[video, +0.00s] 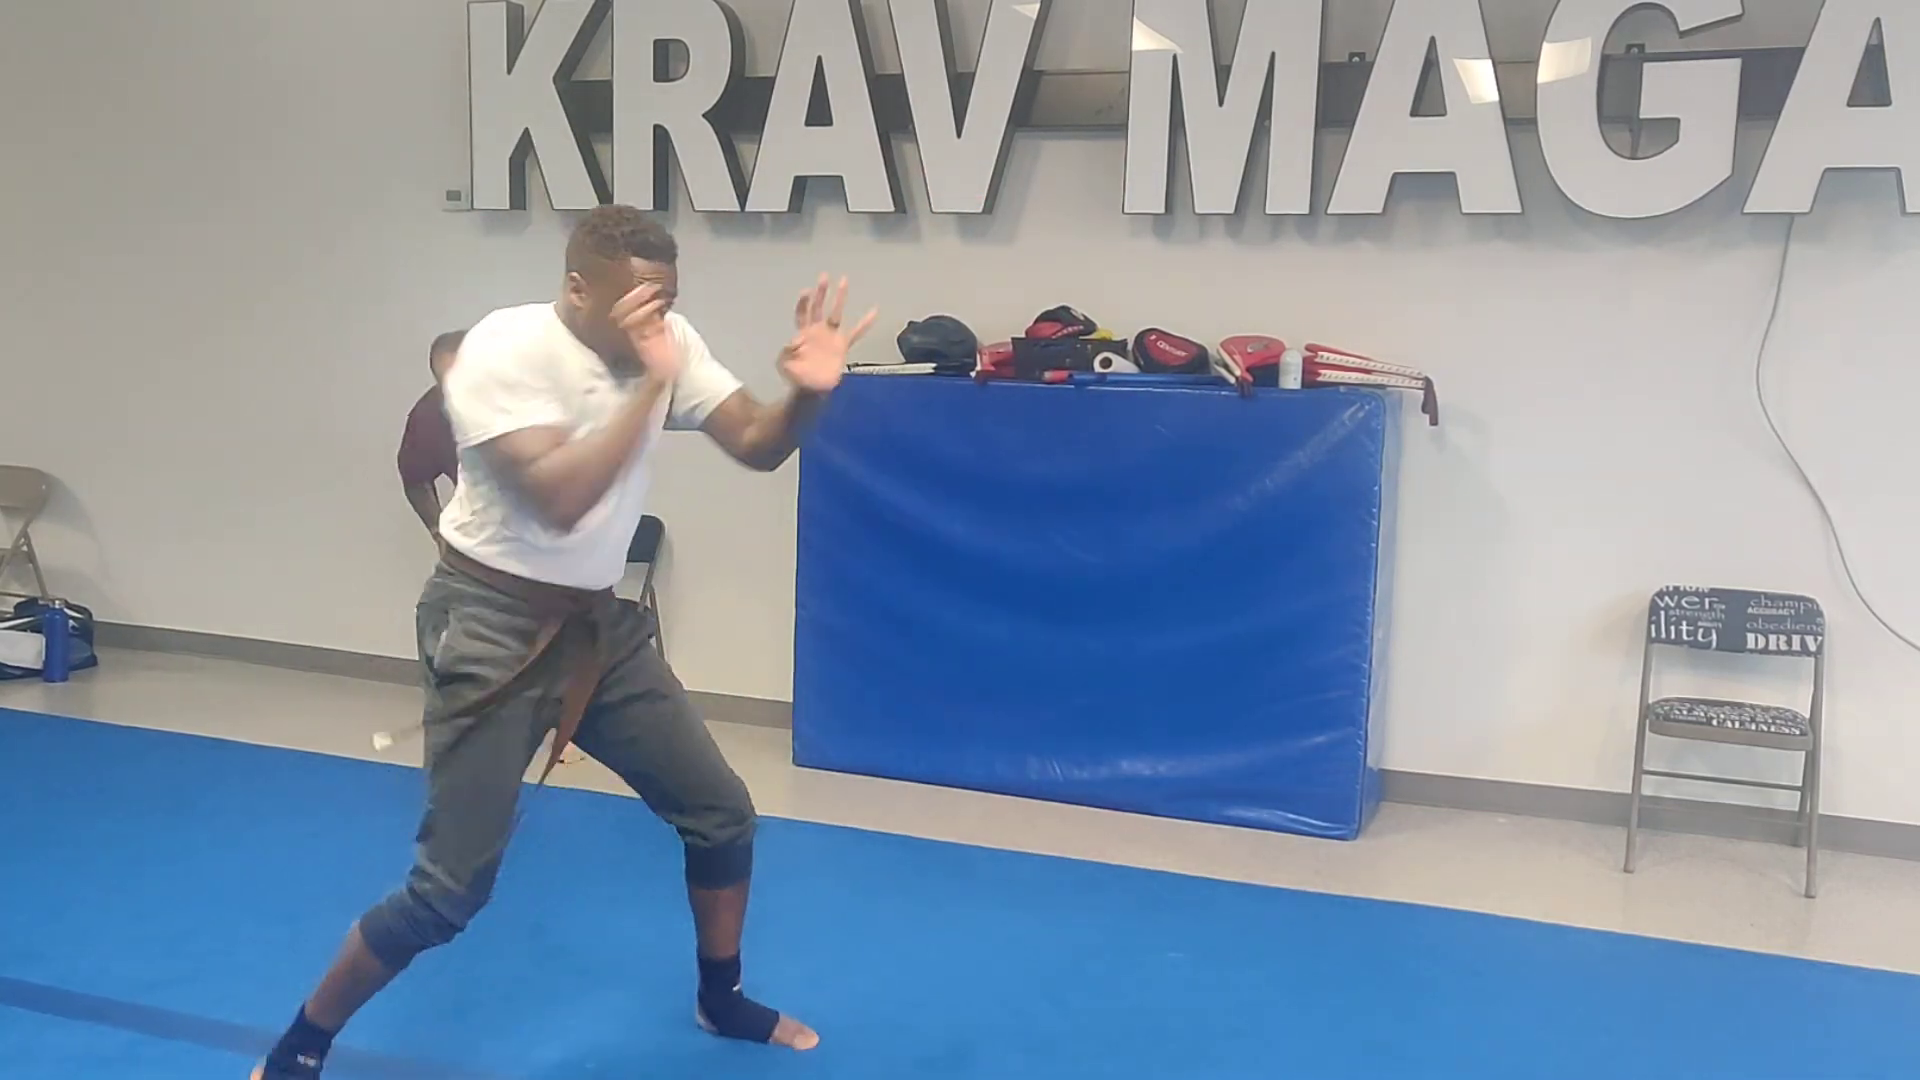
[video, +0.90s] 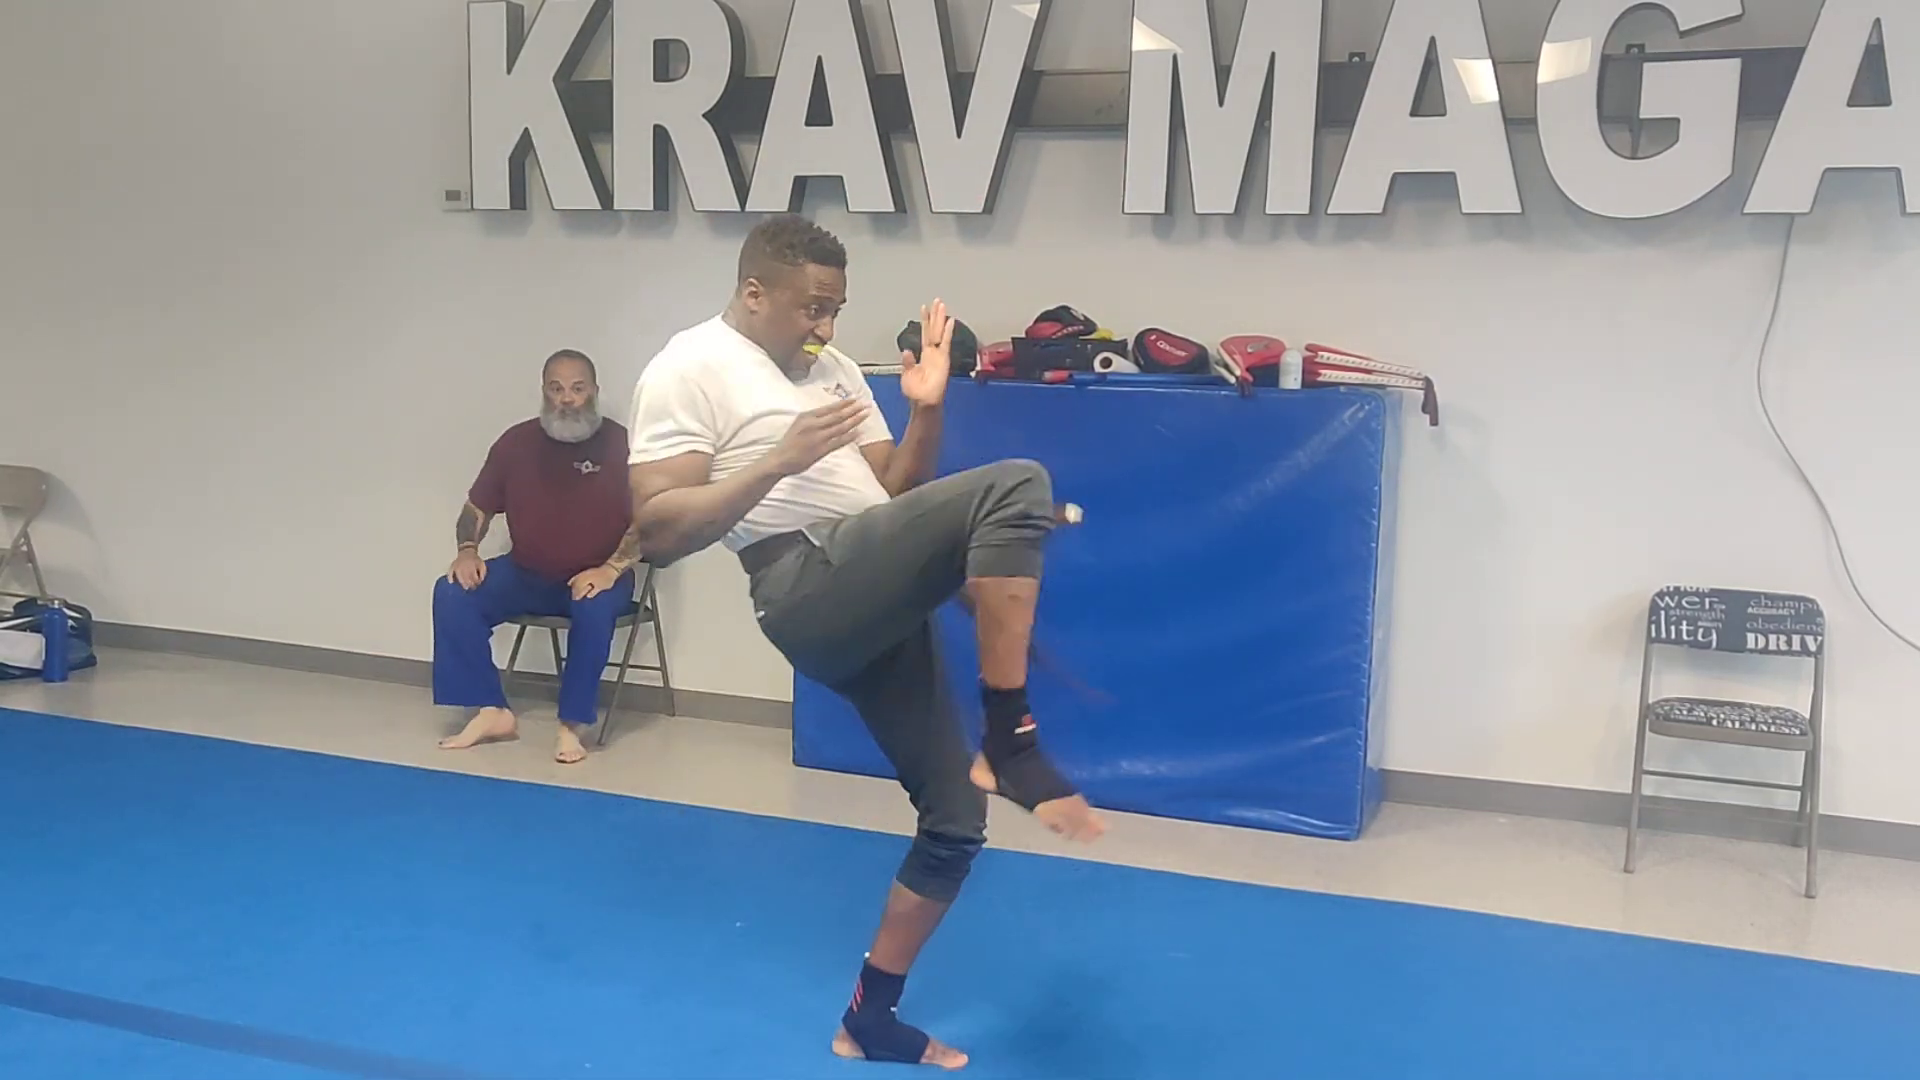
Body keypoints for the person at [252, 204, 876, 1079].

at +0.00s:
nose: (657, 313)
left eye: (665, 297)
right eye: (640, 297)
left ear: (667, 289)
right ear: (577, 289)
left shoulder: (665, 341)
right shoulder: (496, 354)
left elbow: (757, 444)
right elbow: (560, 494)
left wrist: (802, 396)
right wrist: (649, 387)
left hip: (597, 617)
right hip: (490, 618)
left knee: (721, 813)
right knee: (449, 892)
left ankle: (722, 997)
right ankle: (299, 1049)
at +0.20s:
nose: (687, 329)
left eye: (695, 313)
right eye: (674, 307)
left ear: (695, 307)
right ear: (611, 291)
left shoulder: (642, 390)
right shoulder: (560, 348)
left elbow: (691, 500)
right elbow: (710, 405)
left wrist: (761, 436)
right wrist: (844, 323)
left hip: (619, 633)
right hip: (522, 632)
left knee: (747, 803)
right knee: (454, 892)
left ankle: (725, 997)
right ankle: (283, 1041)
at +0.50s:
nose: (764, 409)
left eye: (767, 395)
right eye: (764, 387)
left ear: (737, 383)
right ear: (723, 362)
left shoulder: (713, 452)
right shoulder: (645, 399)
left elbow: (807, 502)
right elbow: (807, 382)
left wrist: (843, 382)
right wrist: (874, 334)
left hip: (649, 694)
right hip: (541, 691)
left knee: (809, 803)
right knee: (423, 930)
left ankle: (849, 1016)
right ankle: (235, 1039)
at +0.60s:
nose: (799, 372)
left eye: (803, 360)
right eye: (793, 352)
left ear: (780, 354)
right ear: (755, 328)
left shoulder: (764, 422)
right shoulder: (698, 365)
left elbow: (857, 468)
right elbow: (838, 337)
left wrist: (877, 357)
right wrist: (889, 317)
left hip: (716, 670)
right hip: (616, 656)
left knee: (864, 804)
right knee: (524, 913)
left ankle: (857, 1011)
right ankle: (297, 991)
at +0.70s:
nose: (818, 320)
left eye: (826, 308)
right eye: (808, 301)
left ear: (827, 309)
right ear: (754, 277)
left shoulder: (797, 372)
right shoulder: (697, 295)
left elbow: (860, 467)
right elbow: (732, 349)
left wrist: (905, 364)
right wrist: (861, 324)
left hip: (780, 607)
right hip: (692, 599)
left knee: (898, 801)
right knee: (759, 851)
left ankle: (862, 1010)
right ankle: (537, 906)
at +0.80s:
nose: (827, 326)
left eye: (837, 310)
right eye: (820, 303)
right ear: (762, 274)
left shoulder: (819, 372)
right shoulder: (671, 335)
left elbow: (851, 510)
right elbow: (608, 475)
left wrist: (889, 439)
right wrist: (736, 425)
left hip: (828, 575)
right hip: (762, 574)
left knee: (922, 806)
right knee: (967, 631)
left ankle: (867, 1014)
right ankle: (832, 820)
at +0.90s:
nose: (825, 320)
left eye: (832, 306)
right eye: (814, 303)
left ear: (831, 303)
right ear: (753, 294)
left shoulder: (831, 367)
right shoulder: (687, 367)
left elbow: (895, 493)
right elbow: (655, 529)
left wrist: (925, 409)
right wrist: (780, 458)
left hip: (873, 592)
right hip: (804, 588)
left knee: (956, 815)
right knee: (1013, 487)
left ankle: (872, 1011)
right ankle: (1008, 743)